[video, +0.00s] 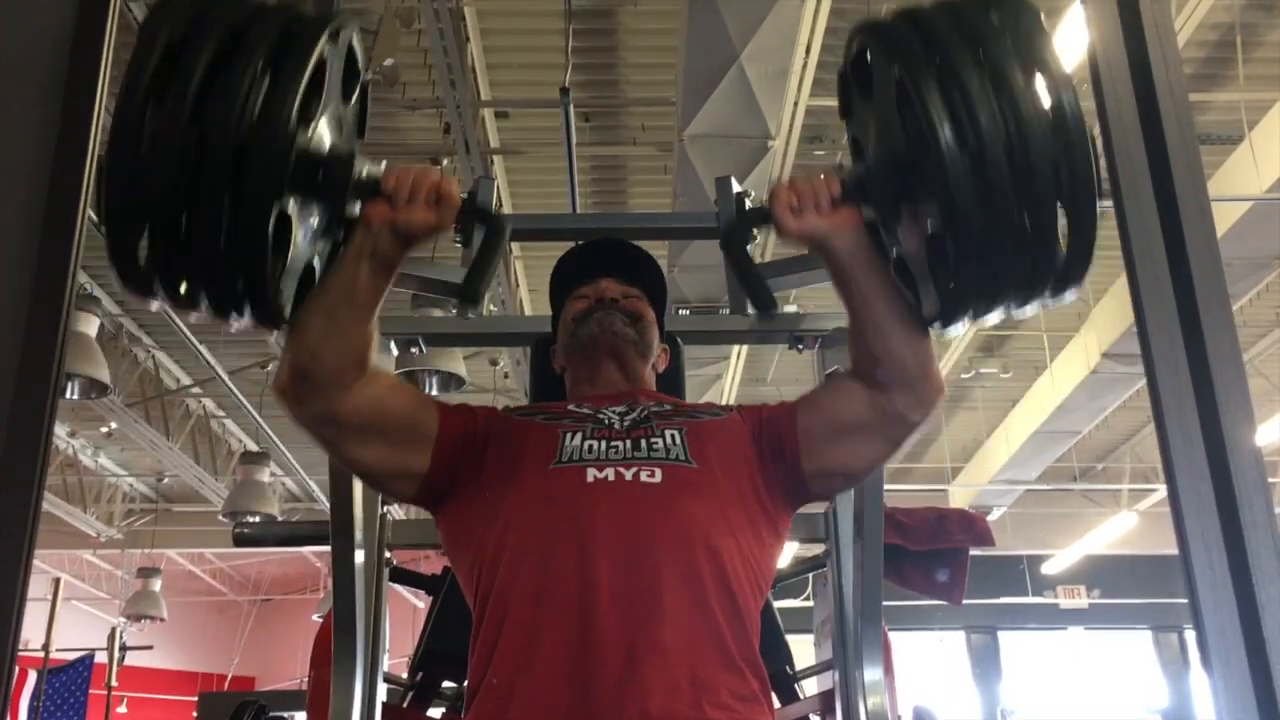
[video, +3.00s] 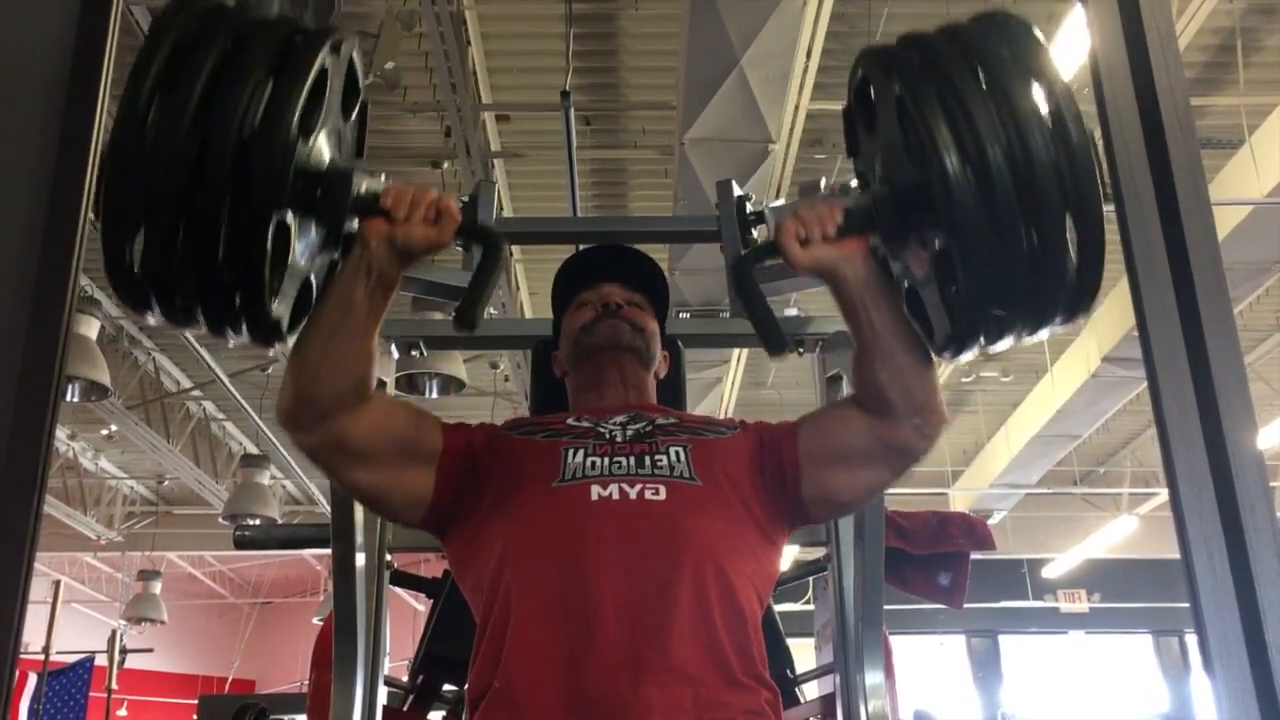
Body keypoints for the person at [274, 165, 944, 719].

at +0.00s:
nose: (605, 301)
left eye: (632, 303)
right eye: (580, 302)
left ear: (664, 356)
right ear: (553, 357)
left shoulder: (749, 442)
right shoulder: (484, 447)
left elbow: (904, 390)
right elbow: (317, 387)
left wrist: (845, 240)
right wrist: (379, 243)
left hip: (720, 699)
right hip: (527, 699)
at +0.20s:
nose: (607, 309)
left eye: (631, 309)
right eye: (584, 306)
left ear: (665, 358)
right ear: (551, 355)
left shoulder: (751, 442)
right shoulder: (481, 442)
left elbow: (854, 318)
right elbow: (372, 314)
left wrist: (824, 152)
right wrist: (401, 156)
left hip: (721, 707)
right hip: (514, 707)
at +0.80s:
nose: (606, 298)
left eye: (632, 300)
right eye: (580, 300)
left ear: (663, 354)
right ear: (551, 356)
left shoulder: (749, 446)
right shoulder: (484, 452)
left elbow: (897, 399)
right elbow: (323, 396)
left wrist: (848, 241)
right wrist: (381, 241)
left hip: (727, 705)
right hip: (525, 704)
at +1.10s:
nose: (609, 298)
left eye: (634, 299)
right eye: (584, 299)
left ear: (666, 355)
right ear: (553, 355)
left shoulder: (741, 450)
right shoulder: (490, 458)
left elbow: (922, 481)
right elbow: (295, 488)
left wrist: (869, 343)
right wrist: (356, 340)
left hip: (727, 702)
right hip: (527, 704)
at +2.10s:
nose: (609, 312)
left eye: (633, 313)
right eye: (583, 312)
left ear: (664, 363)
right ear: (553, 365)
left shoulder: (751, 452)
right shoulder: (482, 457)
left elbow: (912, 413)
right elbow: (314, 400)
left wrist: (851, 263)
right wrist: (375, 254)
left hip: (722, 708)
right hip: (526, 707)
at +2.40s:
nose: (607, 312)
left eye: (632, 312)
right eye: (583, 309)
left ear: (665, 367)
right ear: (551, 360)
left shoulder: (753, 450)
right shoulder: (484, 451)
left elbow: (858, 330)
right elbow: (380, 317)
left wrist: (828, 166)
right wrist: (402, 154)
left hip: (724, 705)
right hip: (518, 706)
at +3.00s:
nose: (611, 306)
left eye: (636, 306)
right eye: (585, 306)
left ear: (666, 357)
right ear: (555, 358)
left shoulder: (749, 455)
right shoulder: (486, 462)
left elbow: (906, 420)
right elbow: (319, 411)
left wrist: (853, 269)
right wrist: (376, 259)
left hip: (725, 707)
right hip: (526, 707)